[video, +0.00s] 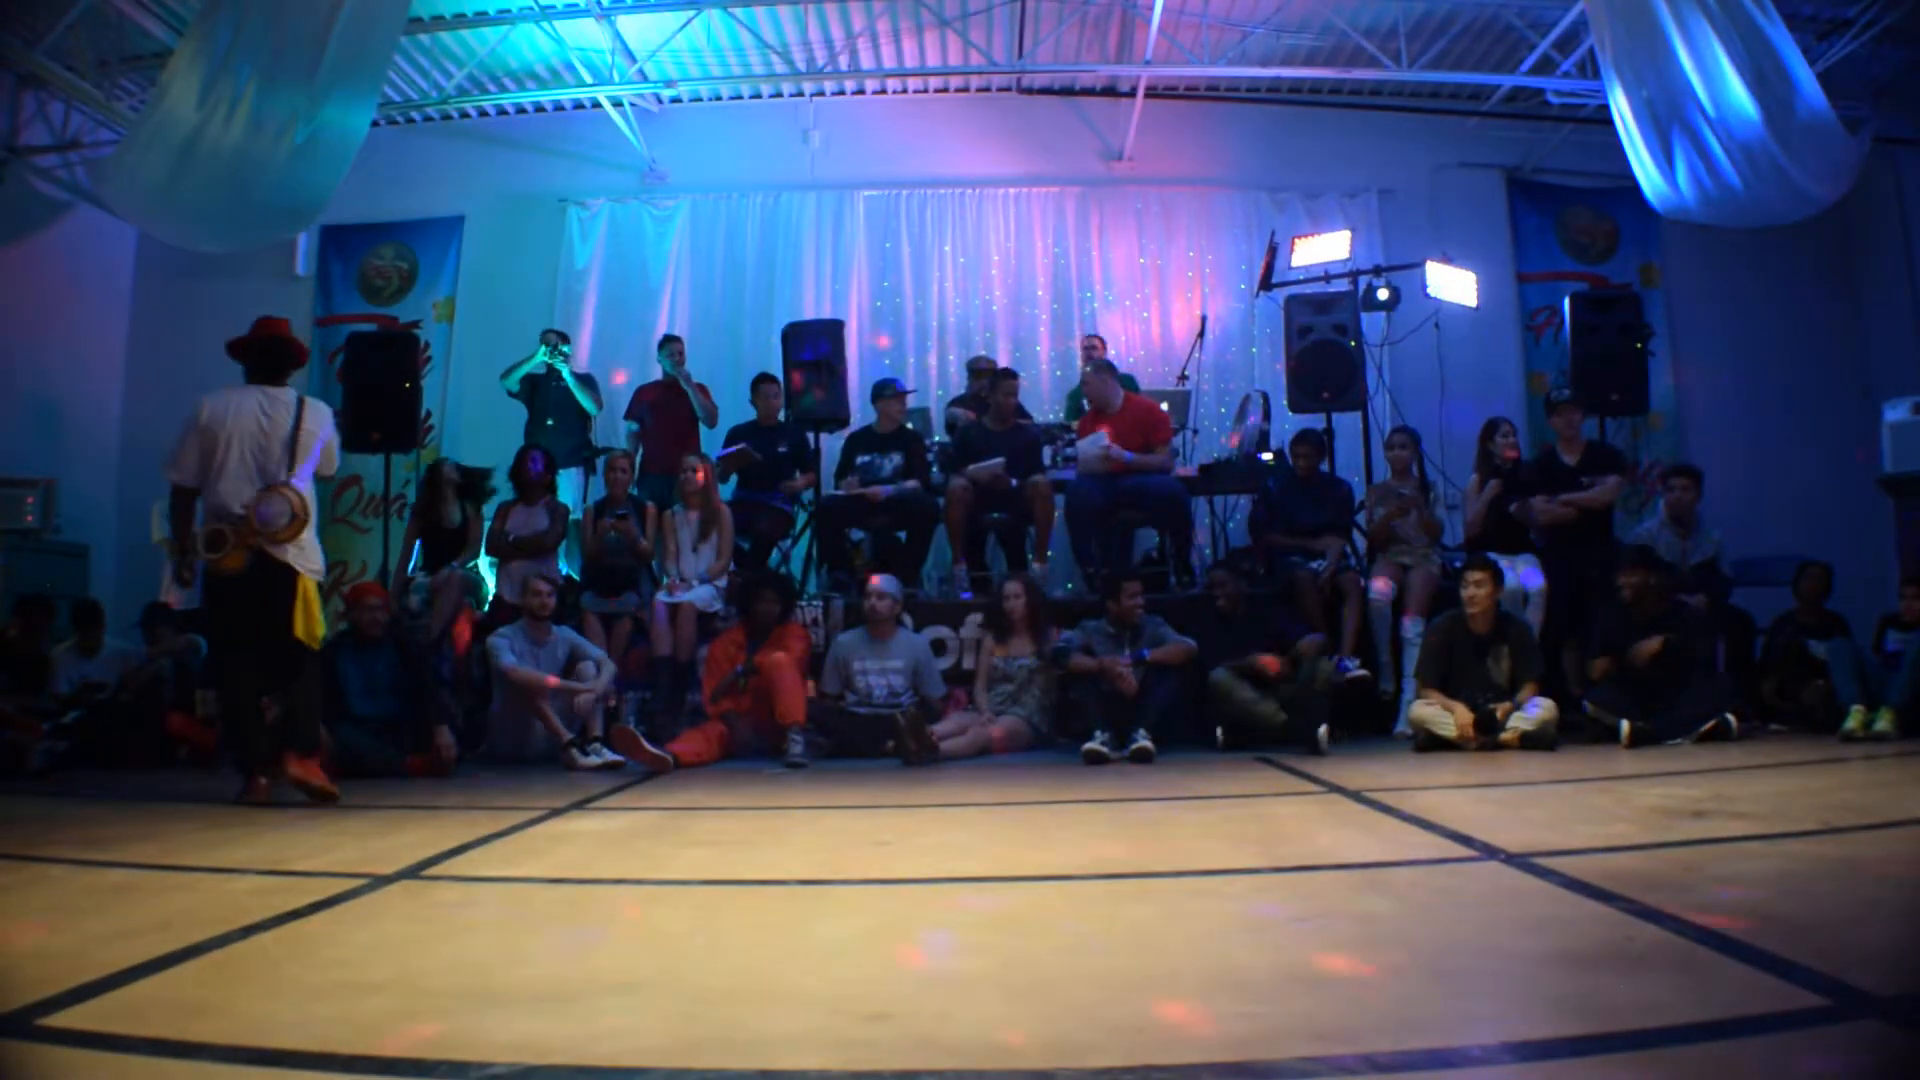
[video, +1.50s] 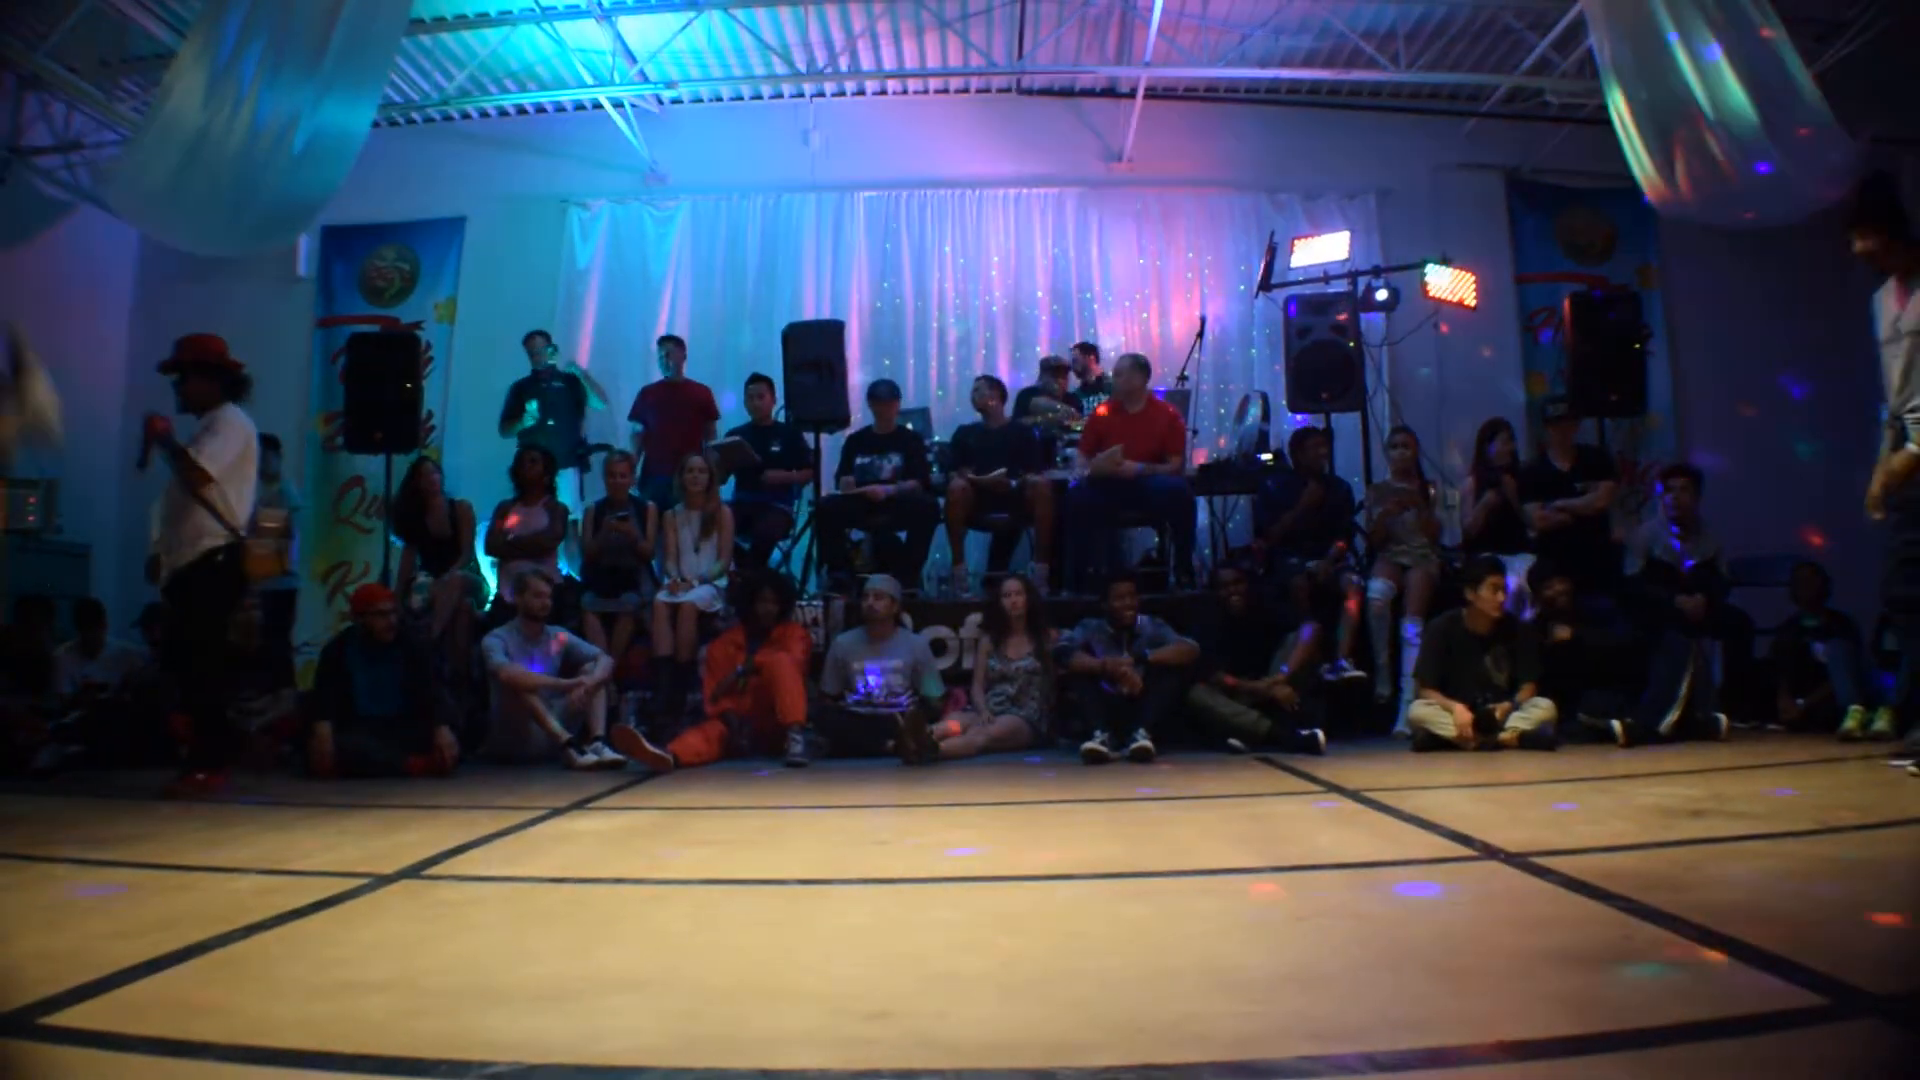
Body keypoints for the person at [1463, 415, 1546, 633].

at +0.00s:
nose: (1511, 441)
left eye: (1513, 435)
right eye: (1504, 436)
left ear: (1518, 440)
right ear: (1489, 443)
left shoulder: (1526, 474)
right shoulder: (1478, 481)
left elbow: (1540, 517)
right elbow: (1471, 527)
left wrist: (1527, 509)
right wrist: (1486, 496)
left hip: (1523, 548)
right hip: (1492, 548)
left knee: (1537, 586)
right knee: (1510, 586)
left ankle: (1531, 646)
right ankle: (1507, 642)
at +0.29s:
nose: (1512, 441)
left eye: (1513, 436)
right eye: (1504, 436)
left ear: (1518, 440)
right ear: (1489, 443)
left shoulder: (1525, 472)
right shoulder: (1479, 479)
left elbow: (1538, 514)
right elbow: (1470, 526)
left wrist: (1526, 512)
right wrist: (1483, 497)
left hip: (1522, 547)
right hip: (1492, 548)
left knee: (1537, 587)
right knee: (1511, 588)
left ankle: (1531, 645)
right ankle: (1509, 644)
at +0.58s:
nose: (1504, 450)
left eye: (1509, 443)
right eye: (1498, 444)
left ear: (1515, 445)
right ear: (1485, 448)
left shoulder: (1526, 475)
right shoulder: (1477, 481)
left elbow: (1538, 520)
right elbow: (1470, 530)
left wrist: (1521, 508)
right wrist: (1481, 500)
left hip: (1522, 548)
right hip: (1491, 549)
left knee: (1533, 587)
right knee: (1511, 587)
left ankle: (1530, 639)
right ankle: (1504, 639)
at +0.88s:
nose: (1503, 451)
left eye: (1507, 444)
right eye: (1496, 446)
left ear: (1515, 447)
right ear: (1484, 449)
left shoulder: (1523, 478)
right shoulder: (1474, 483)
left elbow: (1534, 522)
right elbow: (1469, 531)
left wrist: (1516, 500)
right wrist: (1481, 502)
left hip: (1520, 551)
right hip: (1488, 552)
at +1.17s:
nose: (1501, 451)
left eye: (1505, 445)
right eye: (1495, 445)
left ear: (1513, 447)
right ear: (1483, 448)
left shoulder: (1523, 477)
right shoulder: (1474, 481)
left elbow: (1534, 521)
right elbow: (1469, 529)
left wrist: (1514, 496)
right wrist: (1482, 501)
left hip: (1520, 548)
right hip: (1487, 549)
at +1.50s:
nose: (1510, 447)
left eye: (1511, 441)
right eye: (1503, 442)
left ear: (1514, 444)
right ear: (1487, 447)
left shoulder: (1522, 478)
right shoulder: (1473, 483)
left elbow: (1534, 523)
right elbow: (1469, 530)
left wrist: (1514, 498)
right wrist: (1485, 503)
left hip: (1520, 552)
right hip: (1487, 552)